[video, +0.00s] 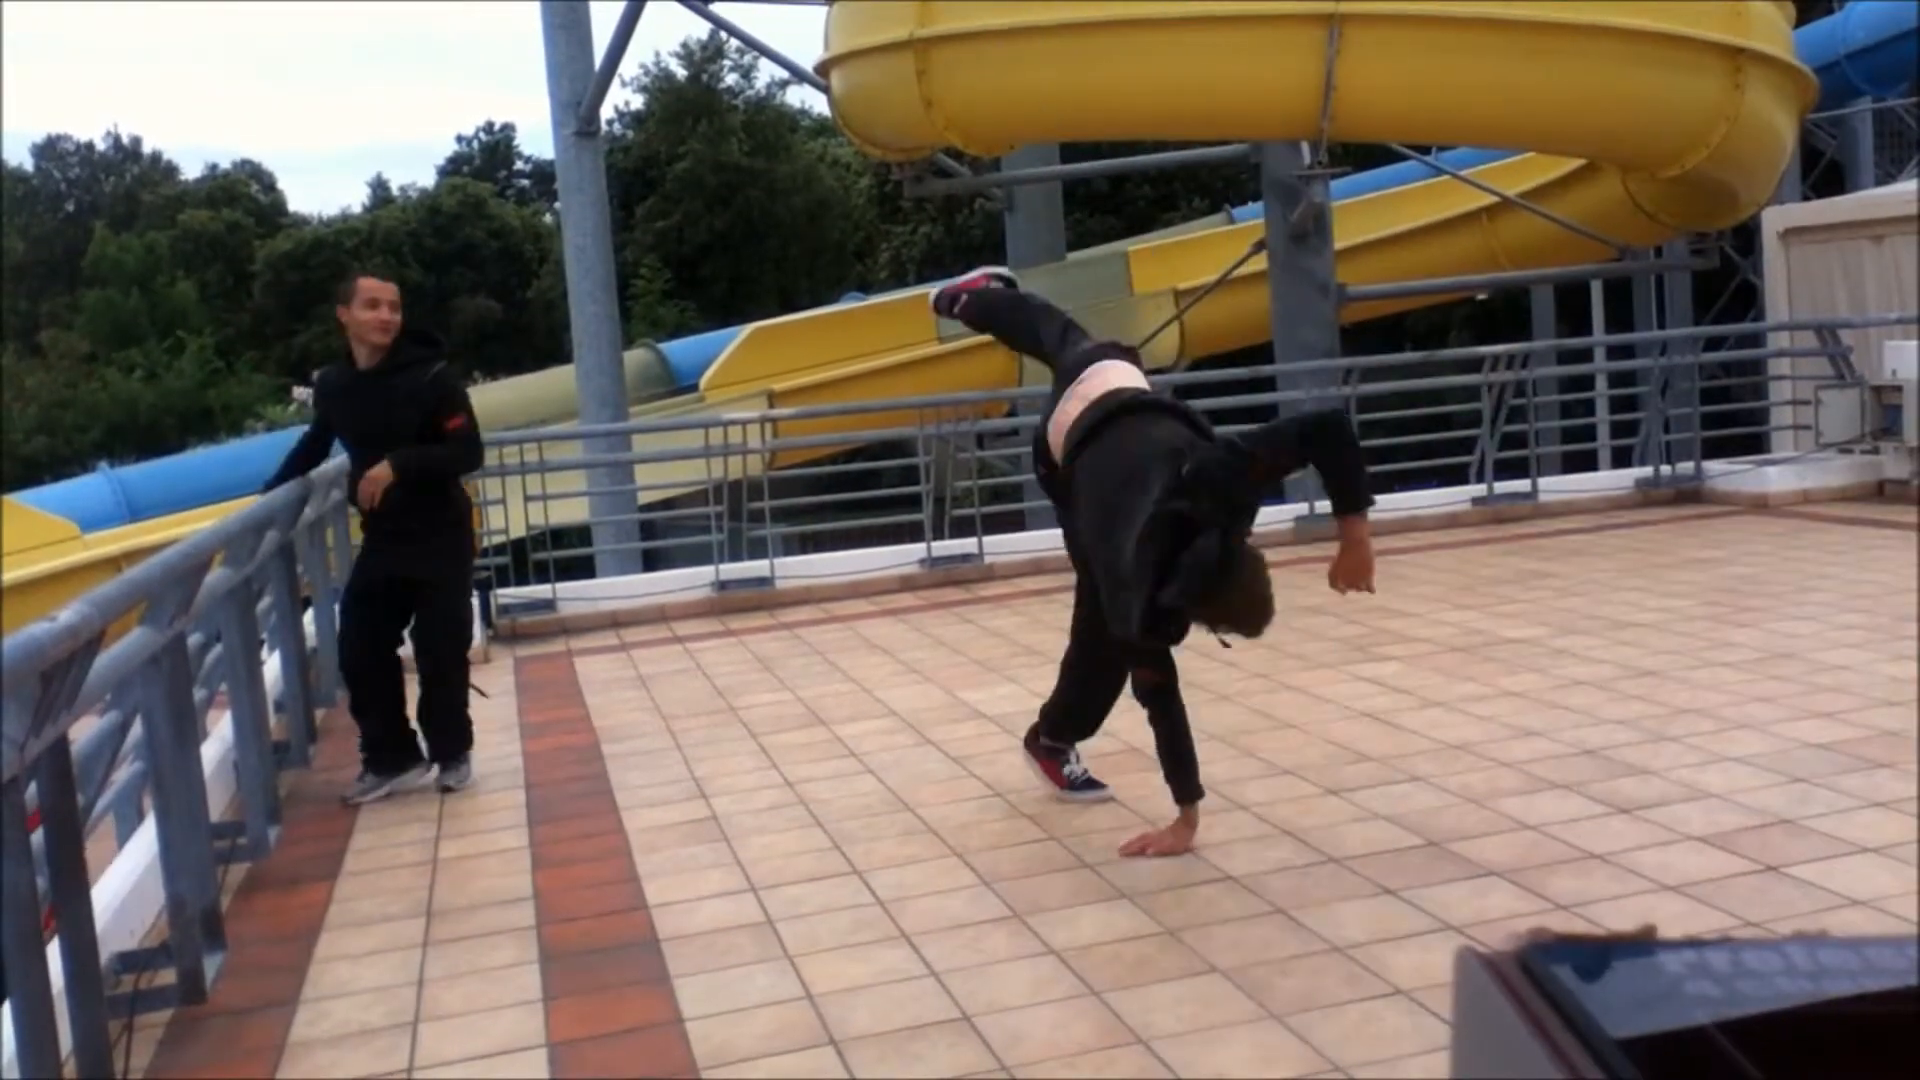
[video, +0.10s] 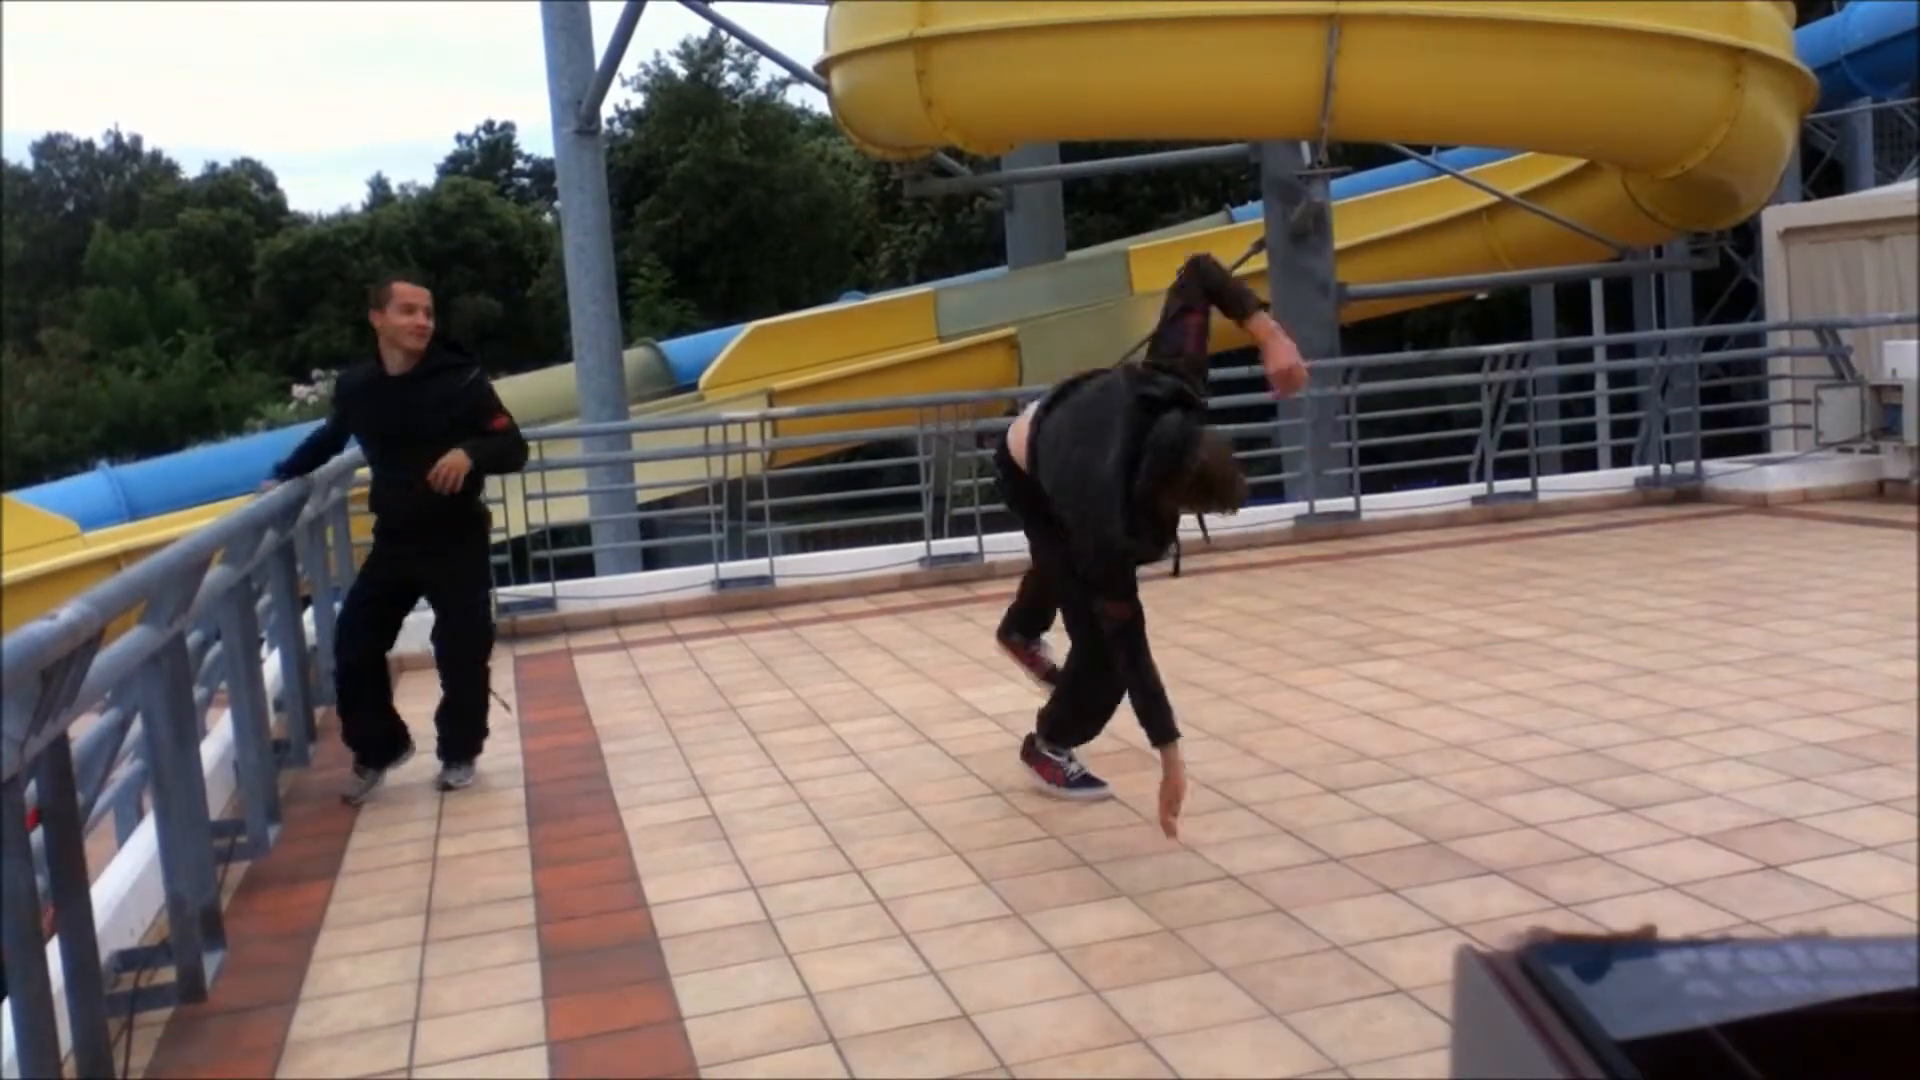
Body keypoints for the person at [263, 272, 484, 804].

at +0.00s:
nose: (385, 316)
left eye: (393, 308)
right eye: (372, 306)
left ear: (402, 317)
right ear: (344, 316)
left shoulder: (430, 375)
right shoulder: (335, 385)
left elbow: (468, 451)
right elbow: (315, 444)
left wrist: (396, 465)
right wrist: (272, 496)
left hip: (442, 530)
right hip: (383, 532)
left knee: (441, 646)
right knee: (360, 644)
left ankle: (452, 753)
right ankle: (392, 756)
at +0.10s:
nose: (422, 321)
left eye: (427, 312)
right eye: (409, 311)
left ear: (434, 320)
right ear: (378, 319)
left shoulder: (459, 379)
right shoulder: (358, 388)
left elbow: (514, 447)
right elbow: (329, 439)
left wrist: (470, 454)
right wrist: (281, 477)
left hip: (458, 535)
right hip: (396, 538)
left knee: (462, 646)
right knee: (355, 640)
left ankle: (459, 753)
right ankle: (378, 746)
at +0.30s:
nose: (477, 302)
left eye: (481, 292)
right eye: (464, 293)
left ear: (485, 299)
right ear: (429, 300)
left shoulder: (503, 358)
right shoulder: (394, 365)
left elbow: (558, 428)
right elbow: (348, 418)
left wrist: (542, 428)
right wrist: (303, 461)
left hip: (490, 523)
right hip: (429, 527)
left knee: (483, 641)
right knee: (448, 644)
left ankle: (463, 753)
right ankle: (470, 762)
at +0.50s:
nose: (522, 339)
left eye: (526, 329)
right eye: (508, 331)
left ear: (531, 333)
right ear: (473, 340)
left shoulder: (550, 392)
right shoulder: (443, 397)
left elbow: (599, 430)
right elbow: (388, 442)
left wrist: (638, 445)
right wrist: (328, 480)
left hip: (528, 550)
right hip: (469, 551)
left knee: (502, 655)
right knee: (511, 654)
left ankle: (456, 746)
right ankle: (538, 775)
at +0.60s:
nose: (549, 329)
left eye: (551, 319)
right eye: (535, 322)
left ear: (556, 324)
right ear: (501, 334)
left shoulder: (577, 383)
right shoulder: (472, 393)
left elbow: (616, 436)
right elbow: (428, 450)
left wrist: (666, 460)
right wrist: (380, 501)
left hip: (559, 543)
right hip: (498, 546)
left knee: (554, 665)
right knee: (523, 661)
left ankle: (488, 724)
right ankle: (538, 773)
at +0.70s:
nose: (586, 318)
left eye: (587, 307)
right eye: (572, 310)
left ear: (590, 312)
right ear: (537, 321)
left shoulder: (604, 370)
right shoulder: (503, 389)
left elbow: (626, 431)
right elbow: (447, 467)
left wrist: (683, 440)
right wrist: (459, 506)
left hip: (591, 543)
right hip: (527, 548)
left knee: (616, 655)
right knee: (536, 664)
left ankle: (556, 729)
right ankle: (536, 775)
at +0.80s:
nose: (632, 283)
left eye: (632, 273)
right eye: (617, 274)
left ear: (630, 283)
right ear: (579, 286)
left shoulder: (636, 352)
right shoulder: (543, 356)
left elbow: (653, 413)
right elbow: (494, 430)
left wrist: (728, 400)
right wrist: (560, 443)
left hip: (626, 529)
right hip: (563, 534)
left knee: (664, 619)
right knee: (553, 657)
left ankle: (635, 732)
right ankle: (543, 769)